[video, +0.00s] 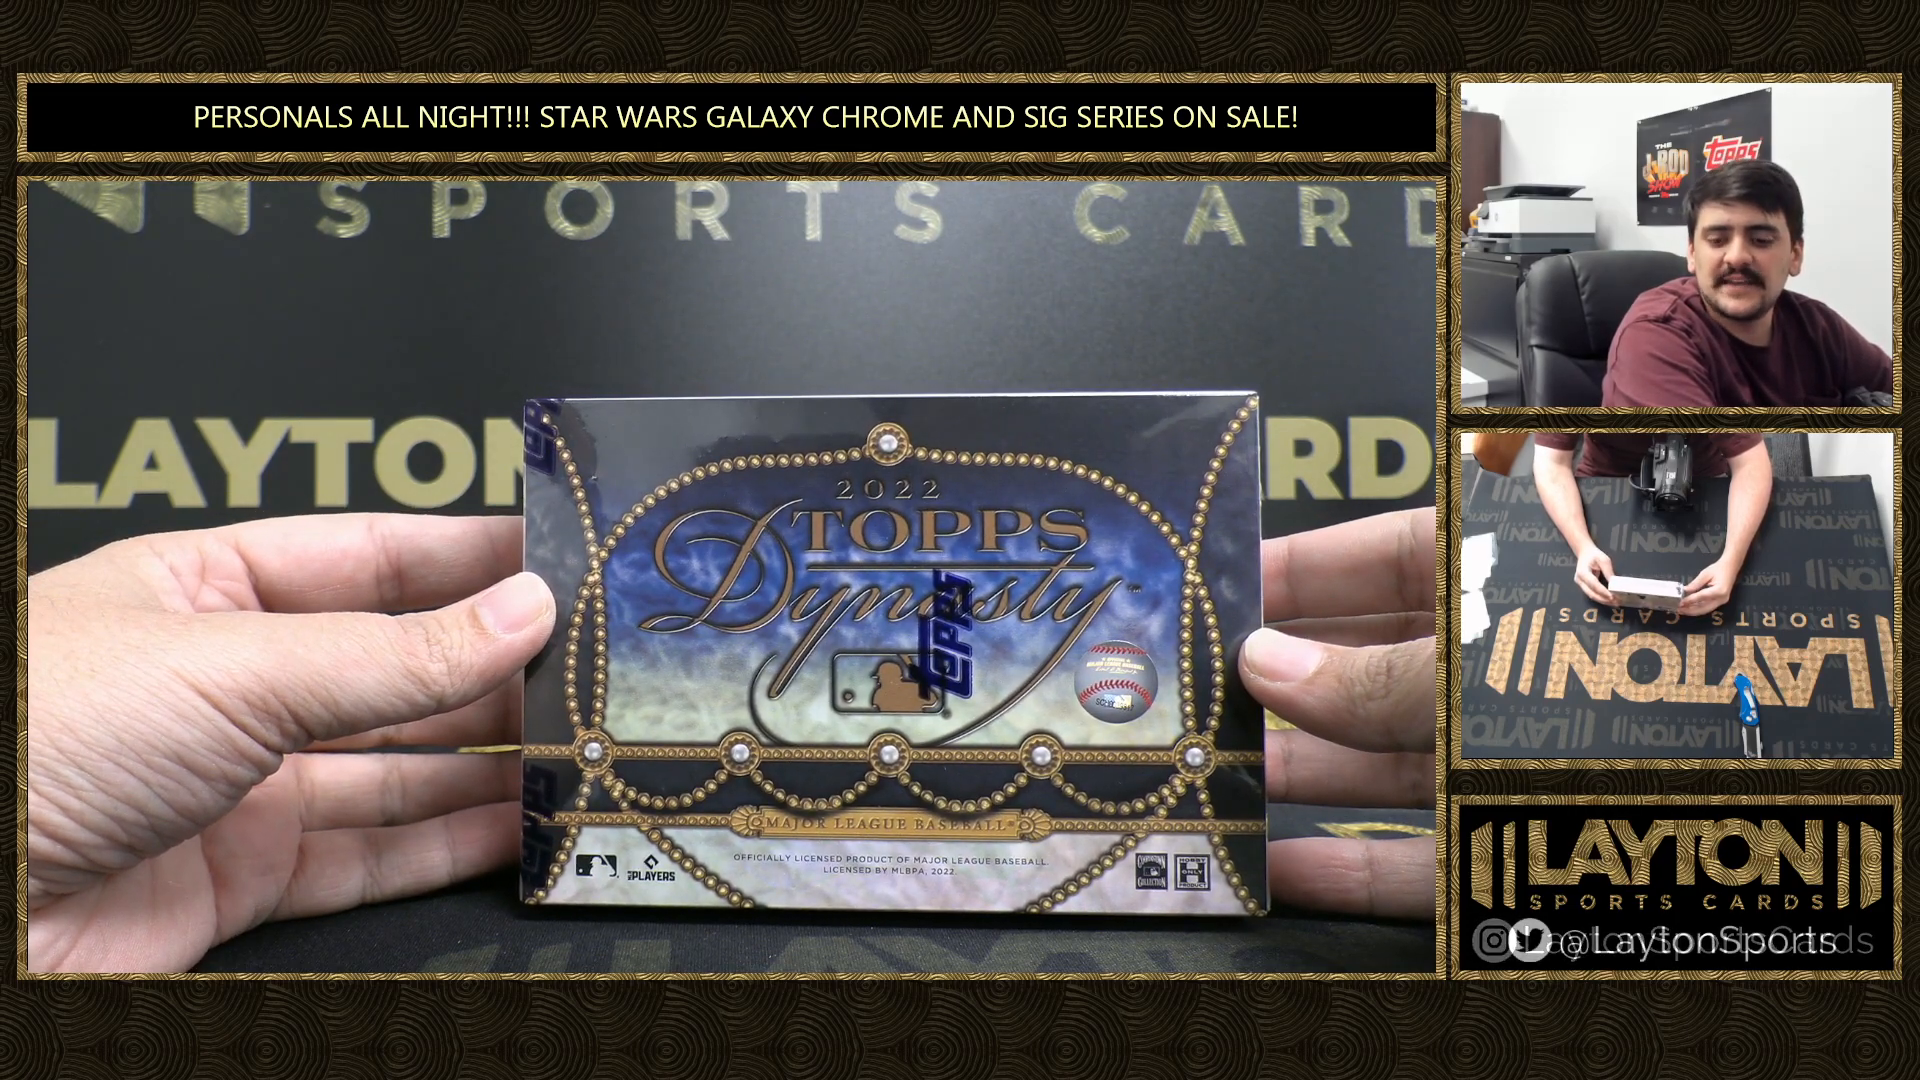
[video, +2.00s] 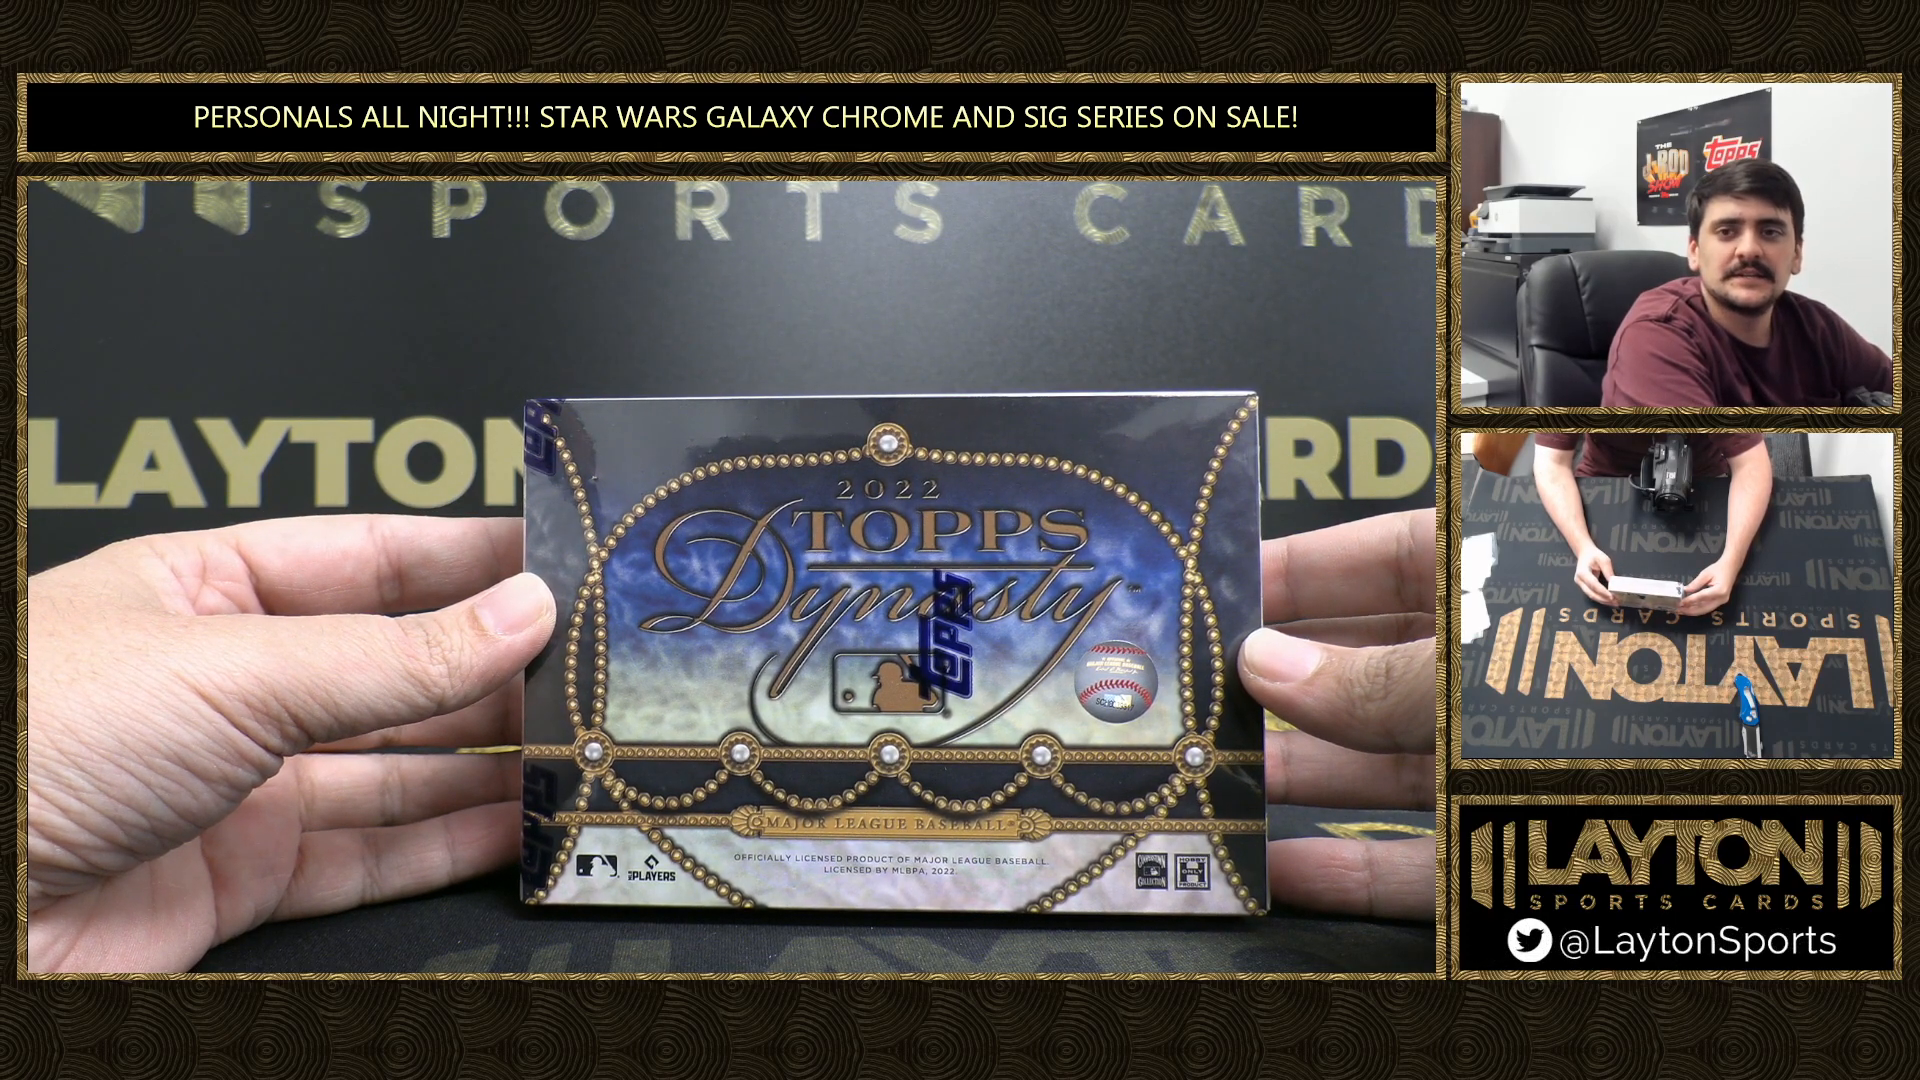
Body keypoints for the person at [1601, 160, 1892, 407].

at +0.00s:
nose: (1737, 257)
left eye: (1761, 239)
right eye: (1718, 238)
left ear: (1795, 256)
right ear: (1691, 253)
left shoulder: (1817, 328)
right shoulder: (1655, 333)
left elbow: (1897, 389)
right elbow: (1746, 461)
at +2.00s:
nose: (1749, 249)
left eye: (1770, 232)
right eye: (1727, 232)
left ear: (1797, 255)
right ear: (1694, 251)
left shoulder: (1817, 329)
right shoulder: (1656, 333)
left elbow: (1897, 389)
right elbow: (1746, 461)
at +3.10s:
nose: (1756, 250)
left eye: (1776, 232)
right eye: (1733, 232)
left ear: (1800, 254)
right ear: (1697, 250)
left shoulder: (1818, 328)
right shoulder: (1658, 332)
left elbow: (1896, 387)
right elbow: (1747, 460)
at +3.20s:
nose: (1758, 251)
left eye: (1778, 233)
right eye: (1735, 232)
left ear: (1800, 256)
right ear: (1698, 250)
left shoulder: (1818, 328)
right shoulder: (1658, 332)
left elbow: (1896, 388)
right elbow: (1747, 461)